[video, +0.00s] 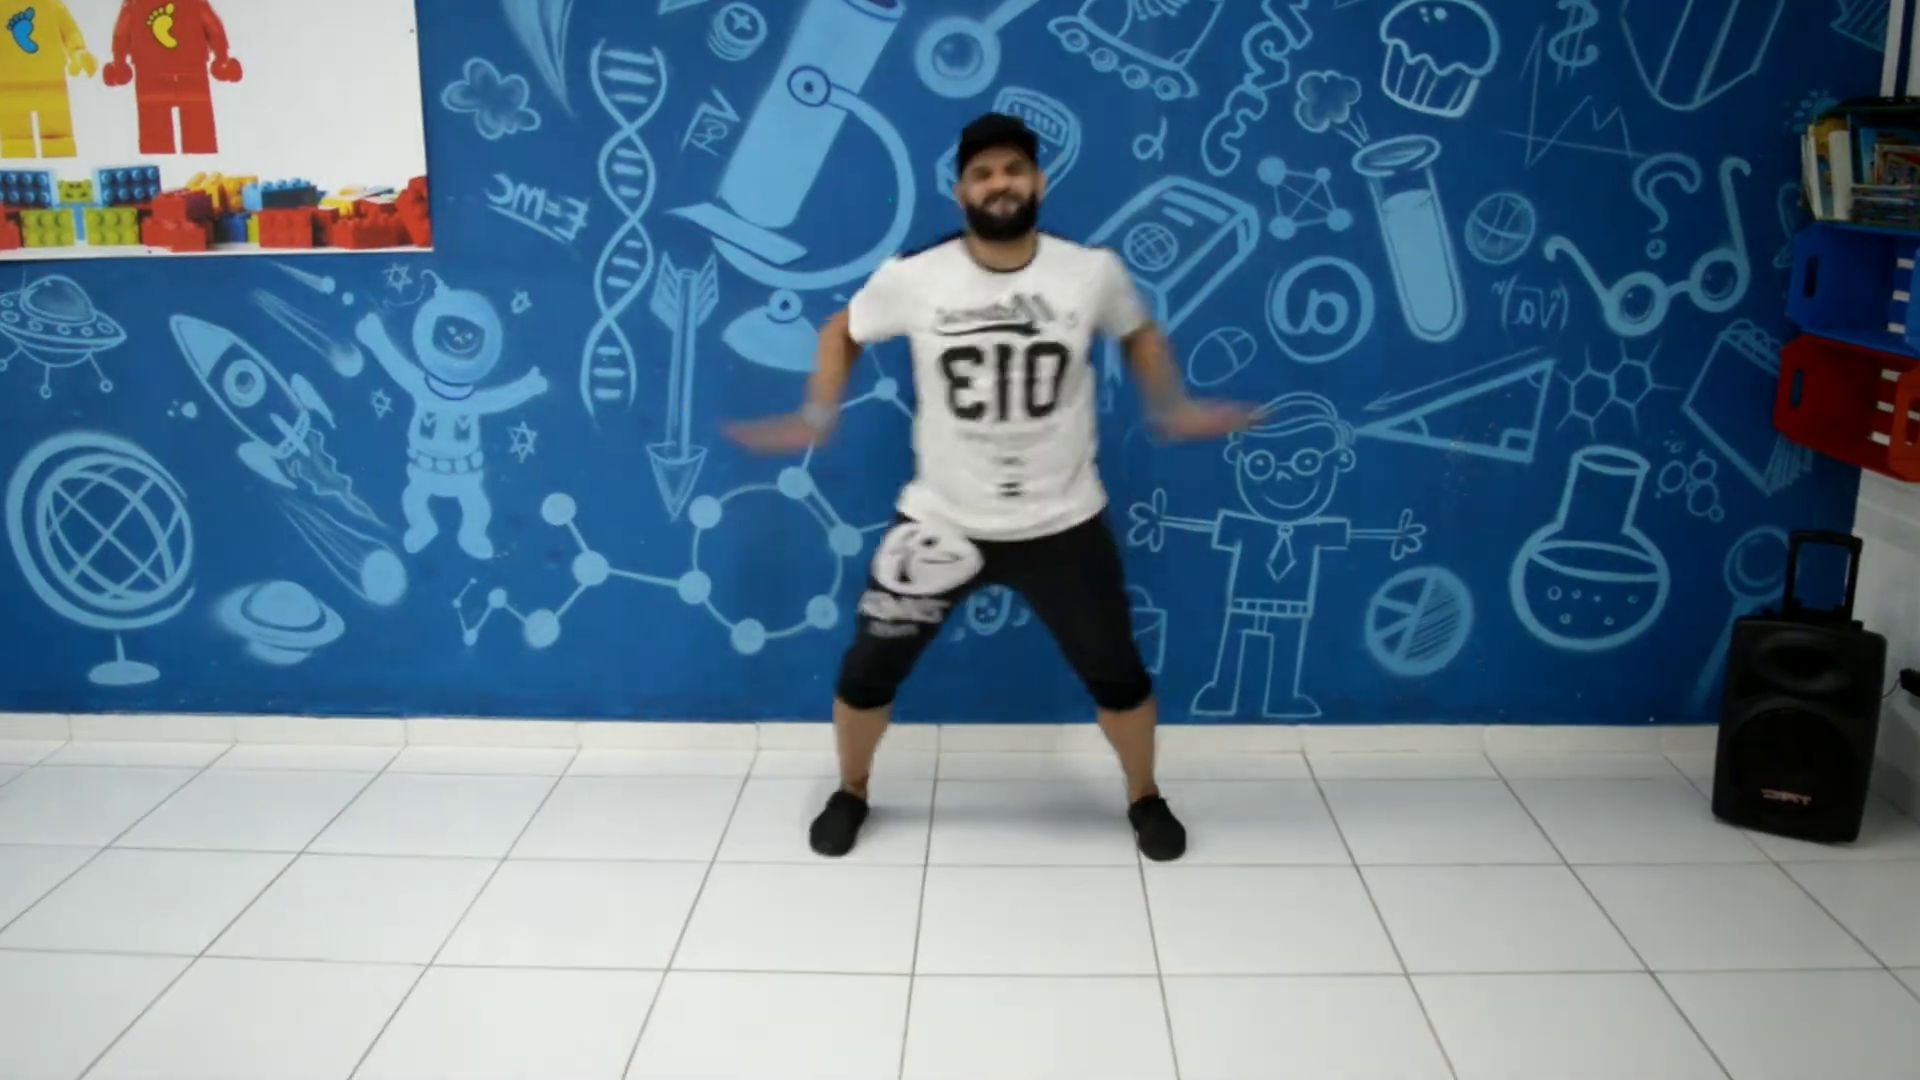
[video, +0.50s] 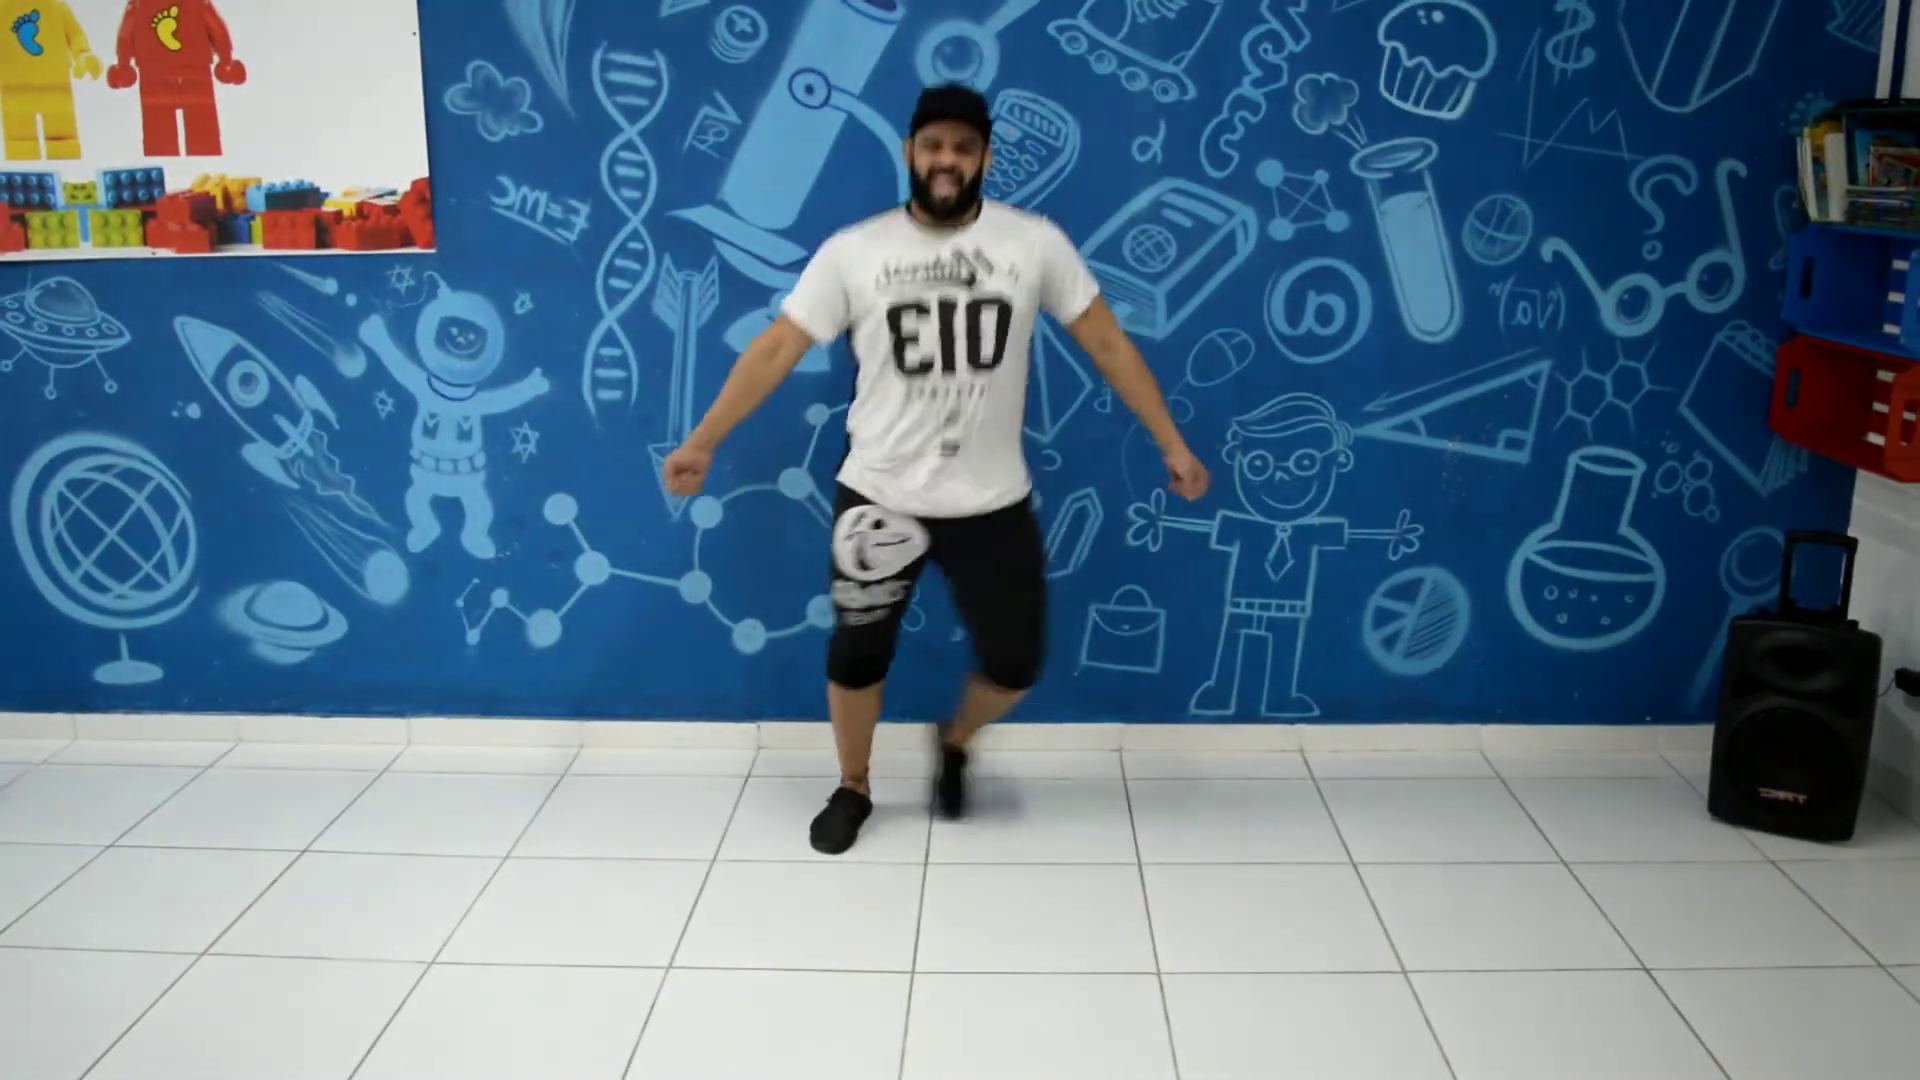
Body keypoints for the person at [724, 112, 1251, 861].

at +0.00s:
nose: (1000, 184)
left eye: (1016, 170)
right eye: (983, 172)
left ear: (1041, 183)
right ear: (960, 188)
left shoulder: (1092, 274)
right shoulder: (909, 283)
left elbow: (1143, 338)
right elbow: (839, 334)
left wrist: (1173, 408)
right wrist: (820, 414)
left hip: (1063, 521)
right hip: (943, 520)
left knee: (1117, 673)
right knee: (868, 670)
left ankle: (1145, 797)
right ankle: (850, 793)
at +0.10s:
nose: (980, 160)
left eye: (995, 147)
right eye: (962, 148)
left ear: (1018, 160)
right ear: (939, 163)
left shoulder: (1066, 257)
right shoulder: (887, 256)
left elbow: (1101, 326)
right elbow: (847, 324)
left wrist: (1063, 429)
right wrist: (871, 424)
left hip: (1028, 495)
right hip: (912, 491)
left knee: (1081, 652)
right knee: (861, 655)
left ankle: (1121, 792)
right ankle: (849, 790)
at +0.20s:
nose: (965, 130)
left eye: (981, 118)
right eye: (950, 116)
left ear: (1004, 132)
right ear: (925, 129)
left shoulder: (1048, 227)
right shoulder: (870, 219)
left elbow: (1096, 319)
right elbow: (815, 309)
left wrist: (1126, 425)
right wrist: (775, 406)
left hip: (1013, 475)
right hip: (898, 470)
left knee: (1041, 645)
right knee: (864, 638)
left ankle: (1016, 753)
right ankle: (850, 783)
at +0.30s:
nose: (953, 144)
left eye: (970, 131)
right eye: (938, 129)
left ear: (992, 145)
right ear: (914, 139)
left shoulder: (1035, 243)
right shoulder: (856, 231)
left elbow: (1109, 341)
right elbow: (781, 328)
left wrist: (1183, 428)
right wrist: (709, 419)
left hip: (996, 486)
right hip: (886, 478)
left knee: (992, 658)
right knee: (849, 645)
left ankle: (931, 733)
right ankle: (852, 783)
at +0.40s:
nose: (942, 179)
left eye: (959, 166)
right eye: (928, 163)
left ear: (983, 178)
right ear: (906, 173)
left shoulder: (1031, 273)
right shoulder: (849, 270)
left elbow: (1111, 364)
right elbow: (768, 359)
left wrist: (1196, 451)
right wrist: (687, 448)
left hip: (979, 514)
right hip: (870, 501)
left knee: (965, 684)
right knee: (837, 663)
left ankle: (915, 755)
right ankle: (850, 789)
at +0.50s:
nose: (946, 161)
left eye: (963, 148)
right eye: (931, 146)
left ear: (986, 159)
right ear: (909, 153)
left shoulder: (1035, 247)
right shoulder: (852, 255)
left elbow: (1110, 349)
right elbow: (776, 351)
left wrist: (1173, 443)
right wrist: (701, 441)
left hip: (991, 497)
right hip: (880, 492)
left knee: (1013, 667)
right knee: (857, 655)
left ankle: (954, 744)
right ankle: (852, 787)